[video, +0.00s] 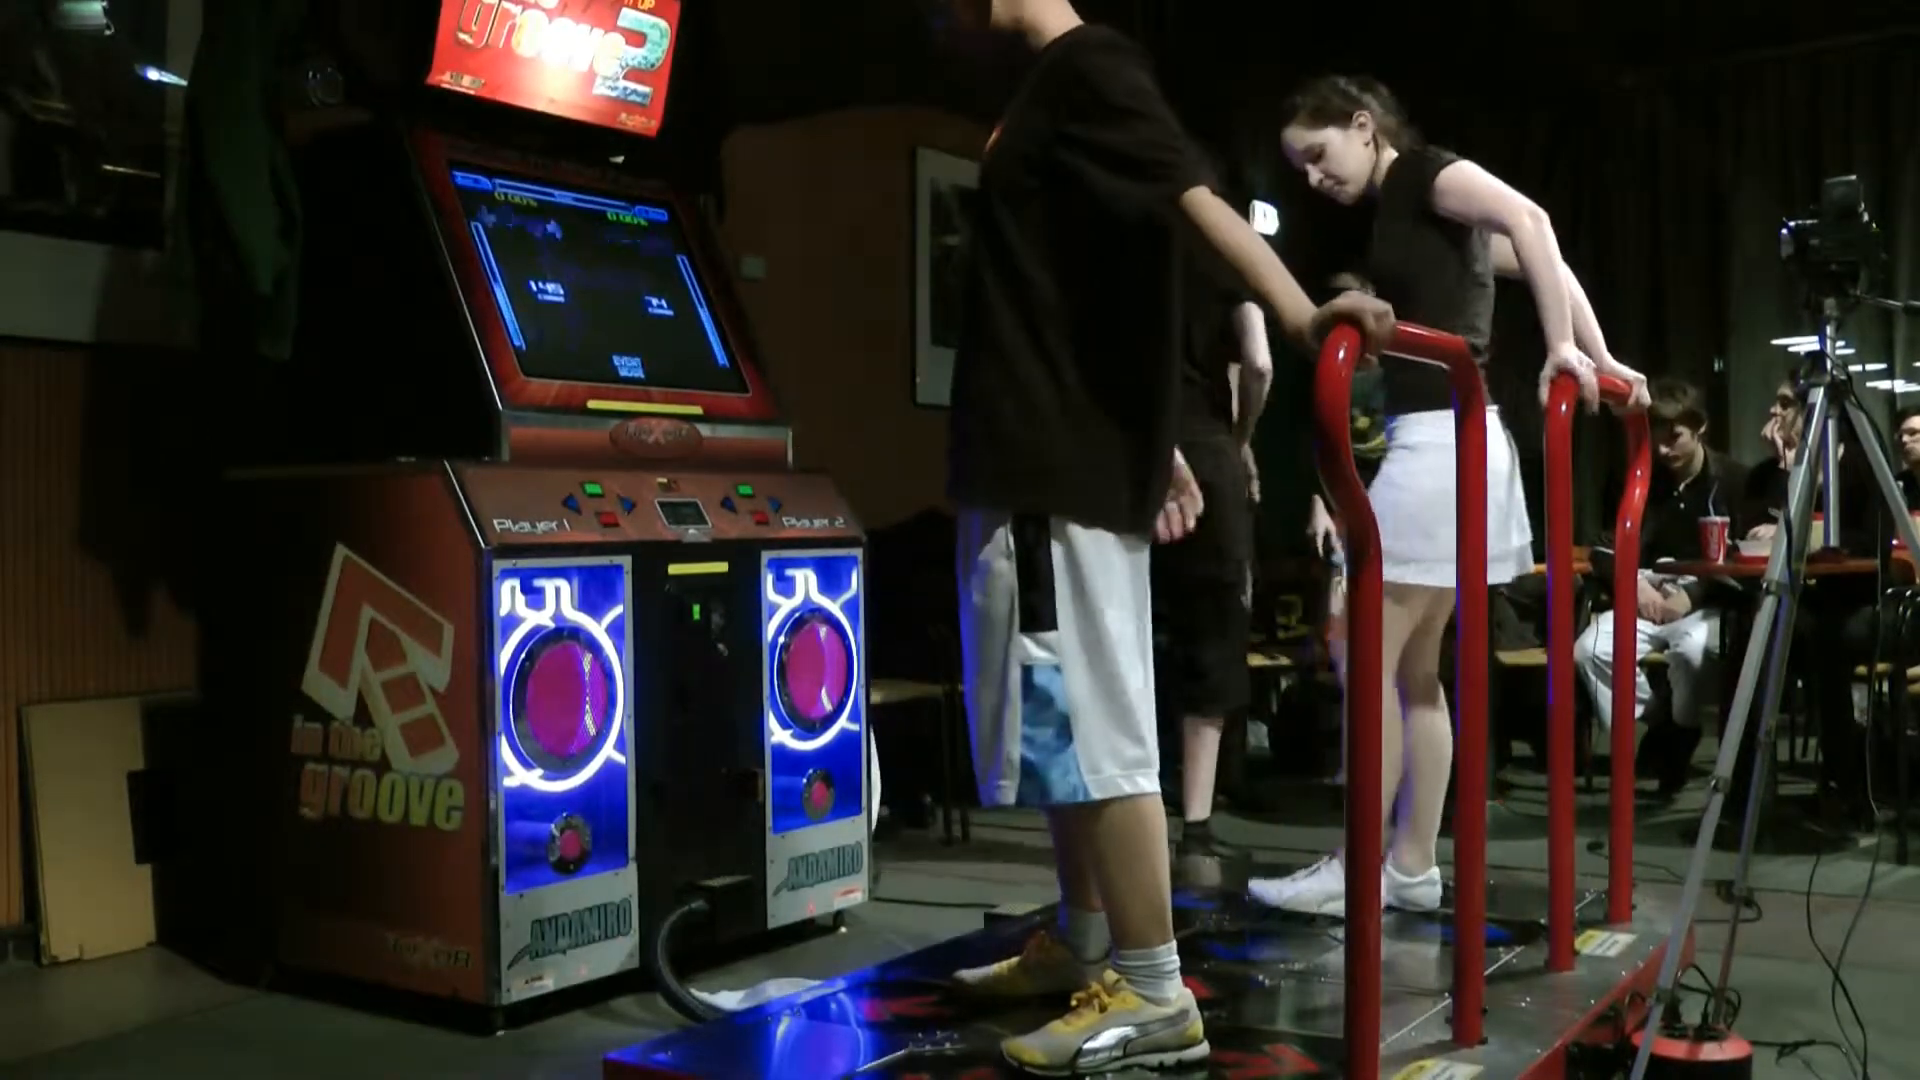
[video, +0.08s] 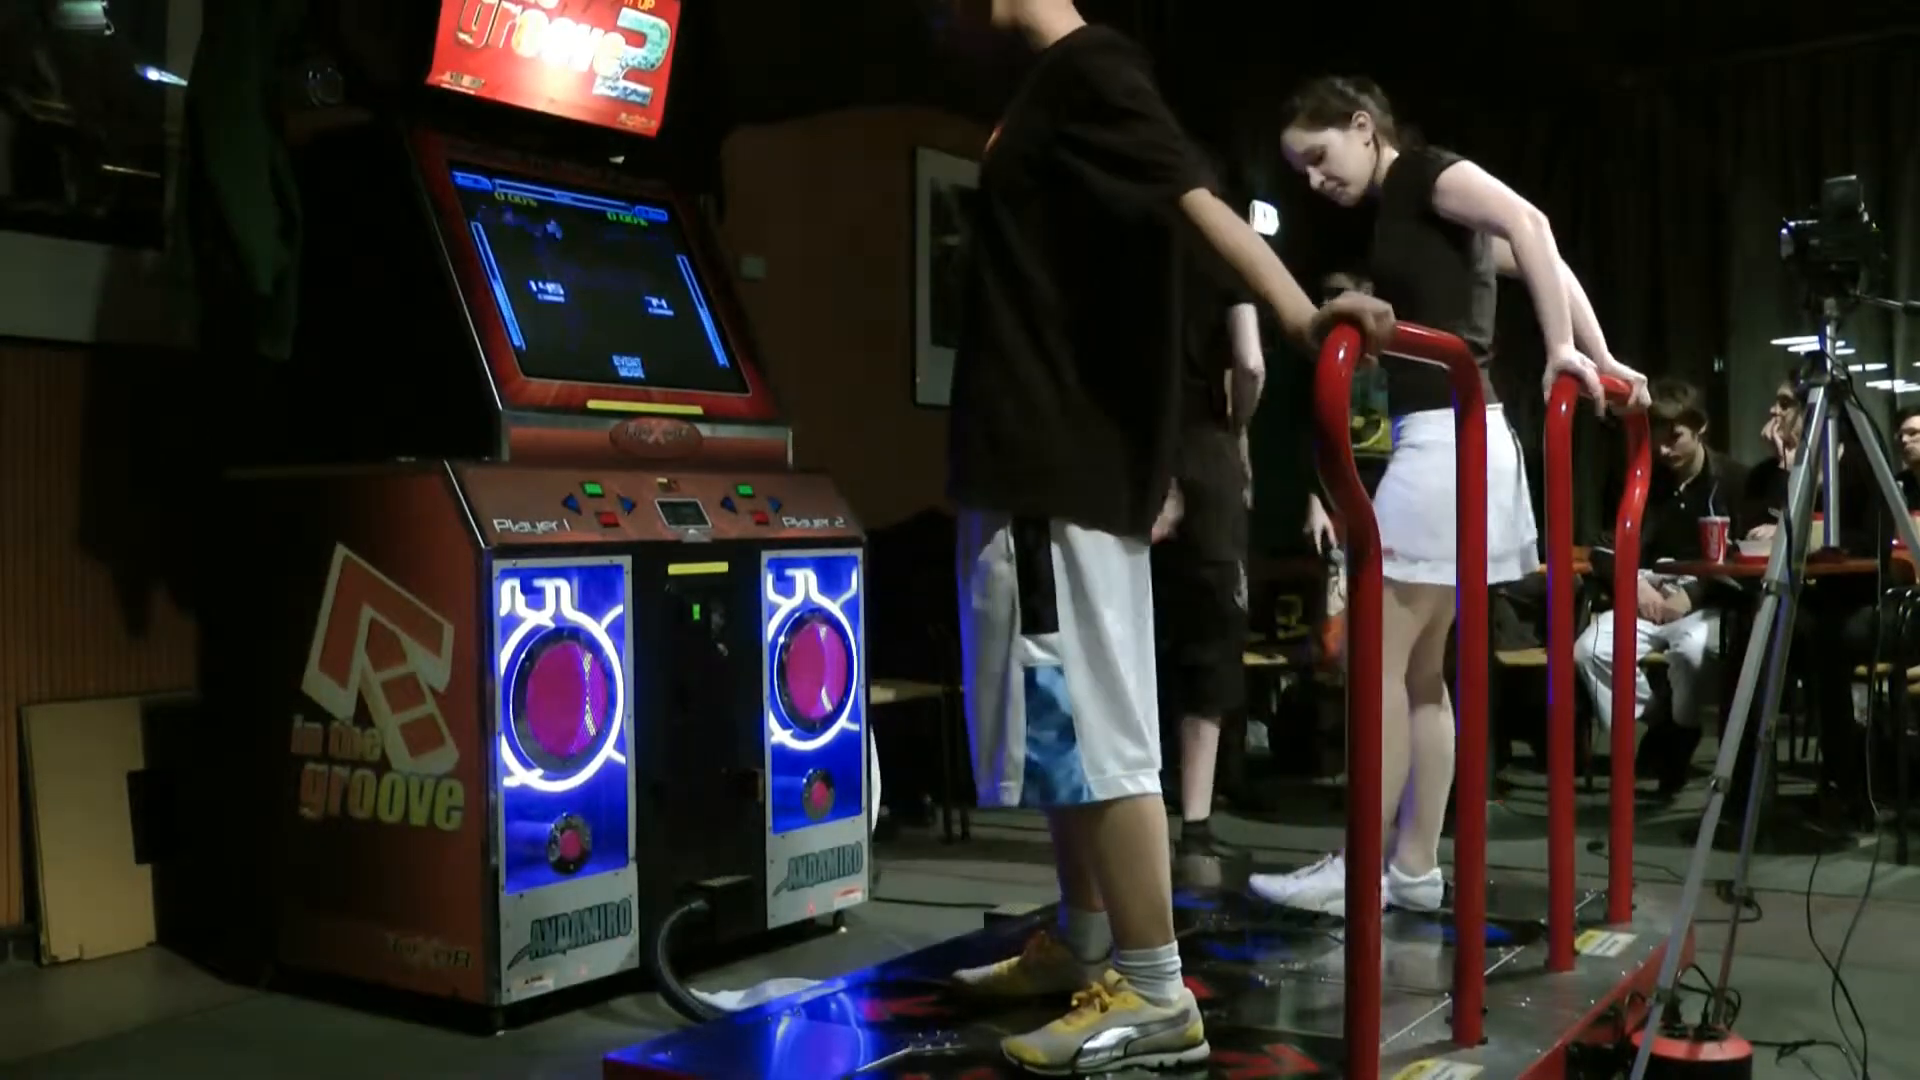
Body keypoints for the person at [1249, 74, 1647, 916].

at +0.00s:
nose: (1314, 175)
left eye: (1318, 154)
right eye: (1303, 163)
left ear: (1366, 127)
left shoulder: (1423, 177)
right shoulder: (1410, 210)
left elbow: (1527, 221)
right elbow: (1551, 260)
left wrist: (1557, 345)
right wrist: (1599, 357)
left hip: (1435, 449)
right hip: (1459, 450)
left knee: (1367, 653)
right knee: (1421, 673)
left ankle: (1356, 862)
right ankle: (1413, 864)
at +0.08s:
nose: (1314, 177)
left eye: (1319, 155)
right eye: (1303, 165)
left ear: (1366, 128)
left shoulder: (1421, 176)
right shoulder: (1408, 207)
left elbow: (1526, 224)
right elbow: (1550, 257)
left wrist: (1558, 347)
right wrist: (1601, 357)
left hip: (1440, 449)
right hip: (1464, 449)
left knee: (1378, 665)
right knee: (1426, 676)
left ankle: (1358, 863)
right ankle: (1414, 866)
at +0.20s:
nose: (1316, 179)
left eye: (1320, 157)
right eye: (1305, 167)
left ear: (1368, 128)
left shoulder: (1422, 175)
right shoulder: (1408, 203)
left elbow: (1528, 225)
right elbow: (1551, 254)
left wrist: (1558, 349)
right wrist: (1600, 356)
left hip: (1445, 449)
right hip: (1463, 448)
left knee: (1381, 666)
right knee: (1423, 677)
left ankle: (1358, 863)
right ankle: (1415, 866)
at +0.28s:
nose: (1315, 177)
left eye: (1320, 155)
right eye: (1304, 165)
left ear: (1370, 129)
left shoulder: (1423, 176)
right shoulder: (1407, 205)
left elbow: (1528, 224)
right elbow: (1555, 254)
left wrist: (1558, 348)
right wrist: (1602, 358)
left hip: (1444, 450)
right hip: (1451, 449)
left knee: (1382, 669)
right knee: (1416, 678)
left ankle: (1348, 871)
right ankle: (1409, 868)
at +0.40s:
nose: (1311, 163)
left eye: (1319, 142)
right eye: (1305, 148)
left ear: (1372, 127)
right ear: (1369, 136)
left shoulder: (1419, 176)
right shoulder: (1409, 198)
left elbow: (1524, 227)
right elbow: (1559, 255)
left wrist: (1560, 352)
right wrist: (1603, 358)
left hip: (1436, 450)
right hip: (1447, 449)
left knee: (1369, 659)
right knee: (1409, 670)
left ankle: (1350, 870)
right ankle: (1408, 866)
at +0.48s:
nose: (1312, 150)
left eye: (1320, 130)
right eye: (1308, 135)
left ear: (1373, 119)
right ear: (1376, 125)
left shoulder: (1414, 172)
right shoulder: (1412, 188)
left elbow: (1517, 227)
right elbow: (1552, 251)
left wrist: (1558, 356)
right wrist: (1601, 358)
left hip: (1424, 447)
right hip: (1448, 448)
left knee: (1338, 655)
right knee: (1408, 672)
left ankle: (1350, 866)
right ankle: (1408, 868)